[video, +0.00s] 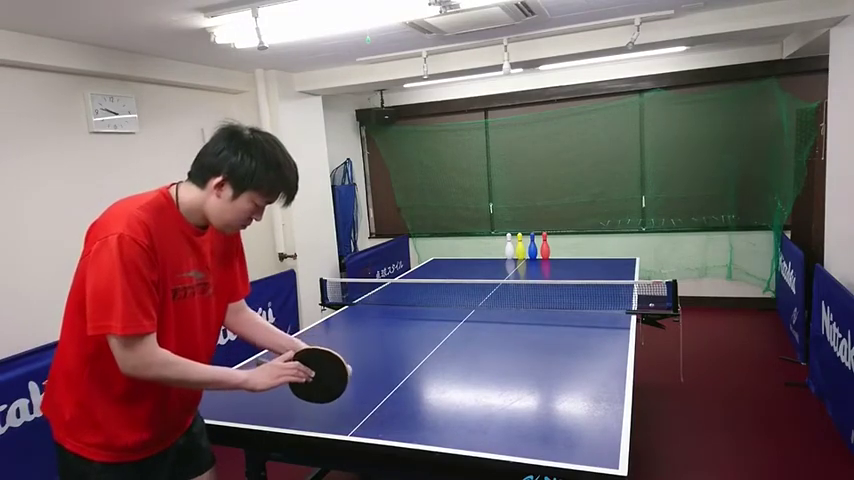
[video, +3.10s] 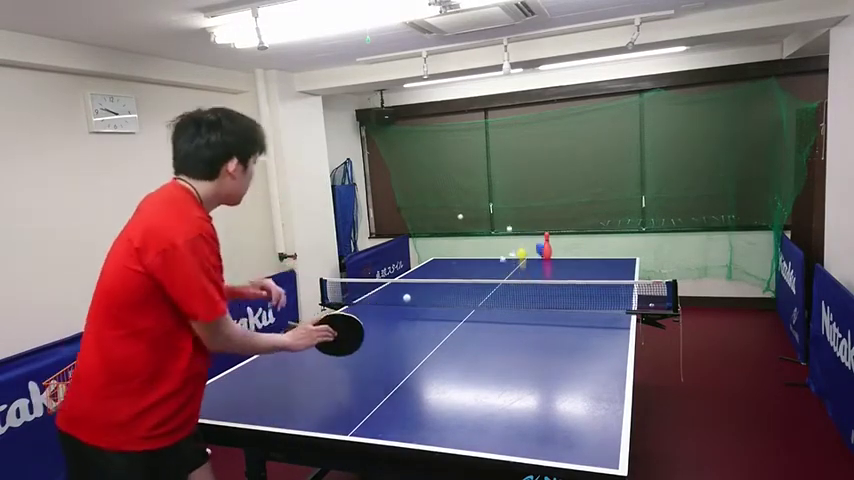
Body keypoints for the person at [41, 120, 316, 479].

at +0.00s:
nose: (258, 218)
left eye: (263, 208)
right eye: (256, 205)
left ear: (219, 188)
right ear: (219, 187)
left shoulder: (221, 228)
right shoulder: (125, 236)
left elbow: (235, 312)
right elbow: (135, 358)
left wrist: (298, 350)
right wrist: (248, 378)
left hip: (173, 421)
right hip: (104, 440)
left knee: (202, 472)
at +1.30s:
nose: (249, 221)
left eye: (255, 212)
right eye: (247, 210)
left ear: (207, 193)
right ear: (207, 192)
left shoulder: (217, 232)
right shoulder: (105, 239)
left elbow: (238, 312)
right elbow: (90, 364)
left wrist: (311, 355)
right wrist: (200, 411)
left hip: (172, 434)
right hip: (96, 453)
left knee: (200, 472)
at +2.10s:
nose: (268, 225)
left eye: (273, 216)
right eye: (266, 214)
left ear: (228, 197)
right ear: (228, 196)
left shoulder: (233, 234)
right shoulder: (132, 239)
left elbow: (252, 304)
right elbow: (84, 354)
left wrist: (316, 335)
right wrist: (197, 391)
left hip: (176, 428)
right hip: (105, 442)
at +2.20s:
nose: (281, 228)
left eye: (286, 219)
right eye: (281, 216)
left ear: (247, 201)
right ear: (246, 200)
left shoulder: (237, 231)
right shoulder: (159, 245)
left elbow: (255, 303)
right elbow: (152, 363)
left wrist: (317, 319)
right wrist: (264, 388)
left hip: (176, 415)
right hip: (112, 430)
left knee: (199, 472)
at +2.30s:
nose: (292, 228)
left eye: (297, 219)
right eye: (293, 216)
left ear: (258, 202)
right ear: (261, 203)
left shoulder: (235, 225)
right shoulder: (191, 262)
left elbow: (255, 299)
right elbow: (239, 352)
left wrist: (303, 299)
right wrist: (318, 364)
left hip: (172, 410)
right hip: (118, 426)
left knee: (202, 472)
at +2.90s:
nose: (284, 188)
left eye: (286, 178)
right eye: (285, 178)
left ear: (225, 165)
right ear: (267, 178)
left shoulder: (192, 204)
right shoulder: (224, 234)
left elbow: (218, 293)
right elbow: (253, 330)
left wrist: (270, 278)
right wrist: (309, 332)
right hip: (143, 428)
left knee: (207, 471)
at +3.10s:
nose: (251, 177)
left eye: (254, 166)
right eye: (252, 166)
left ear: (189, 159)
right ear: (231, 167)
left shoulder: (165, 204)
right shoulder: (183, 226)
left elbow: (180, 284)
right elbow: (219, 336)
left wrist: (241, 292)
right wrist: (288, 341)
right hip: (130, 436)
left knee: (200, 468)